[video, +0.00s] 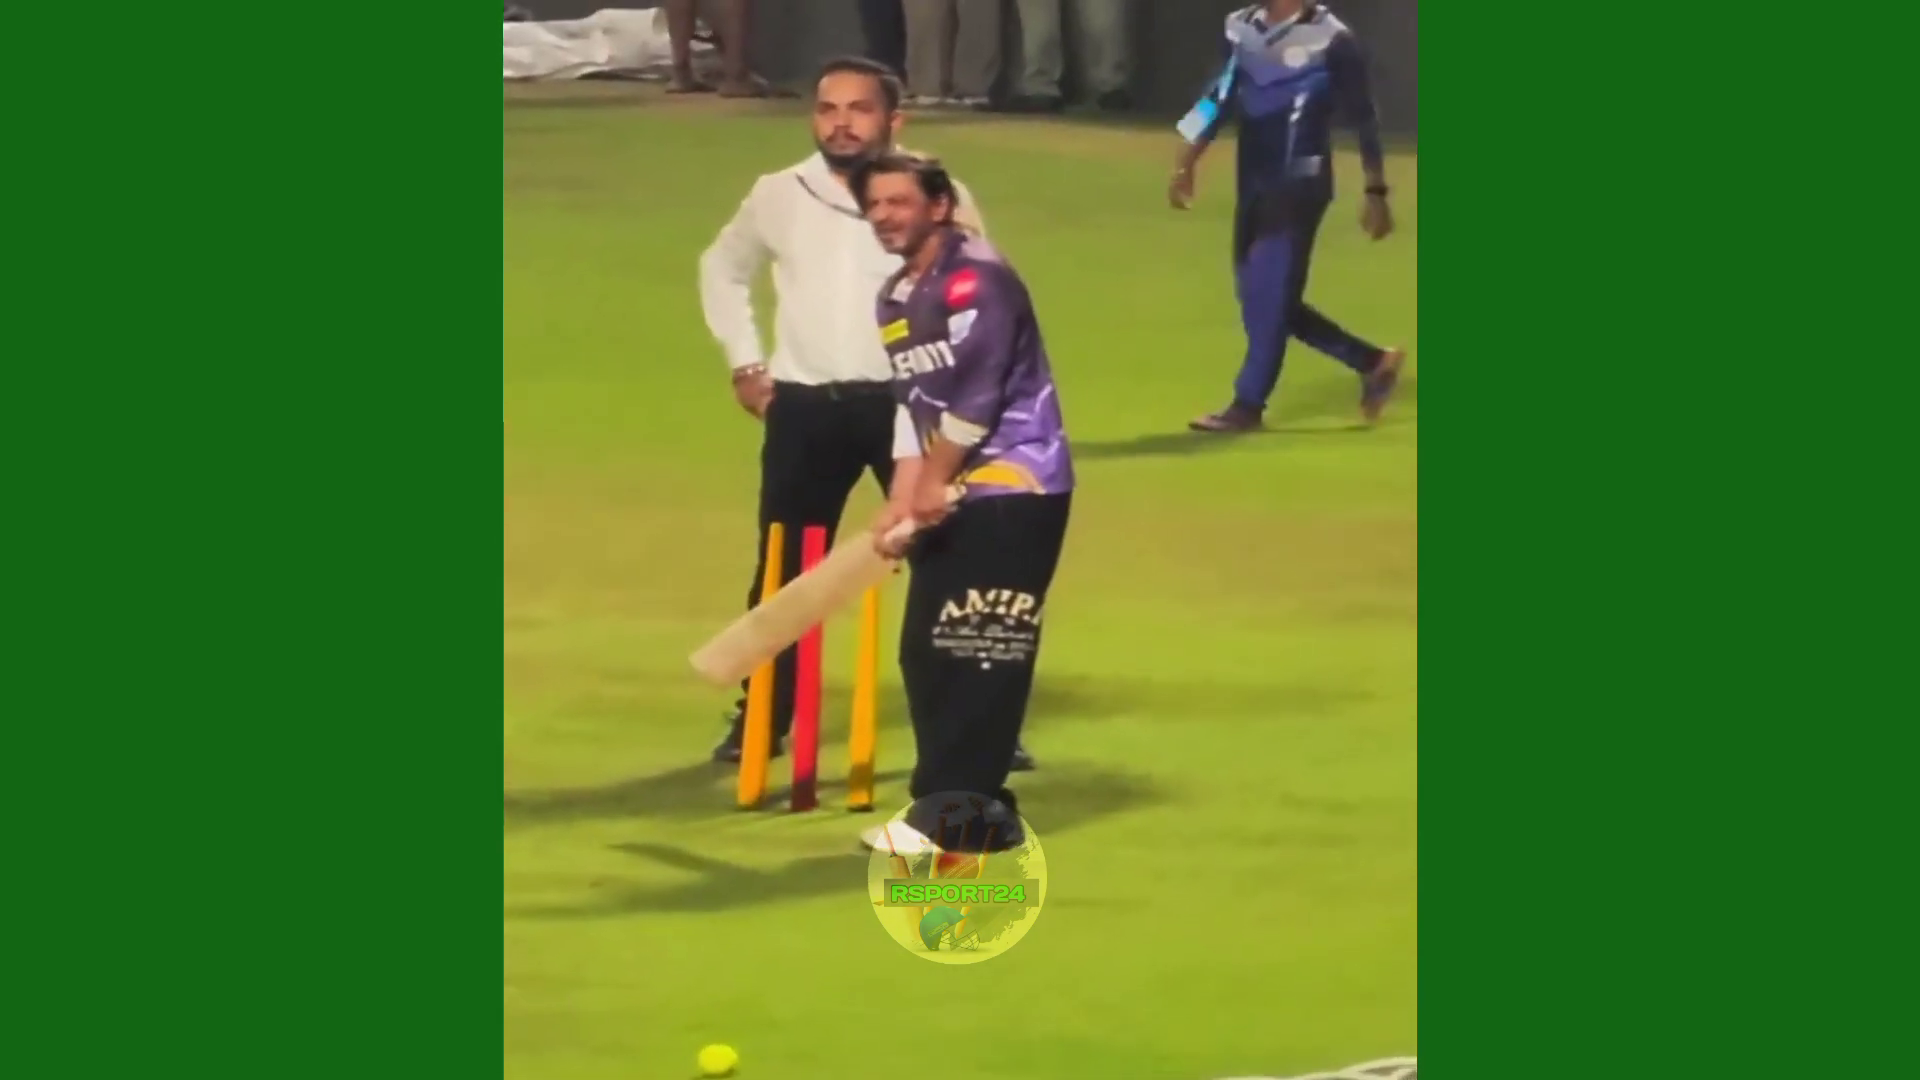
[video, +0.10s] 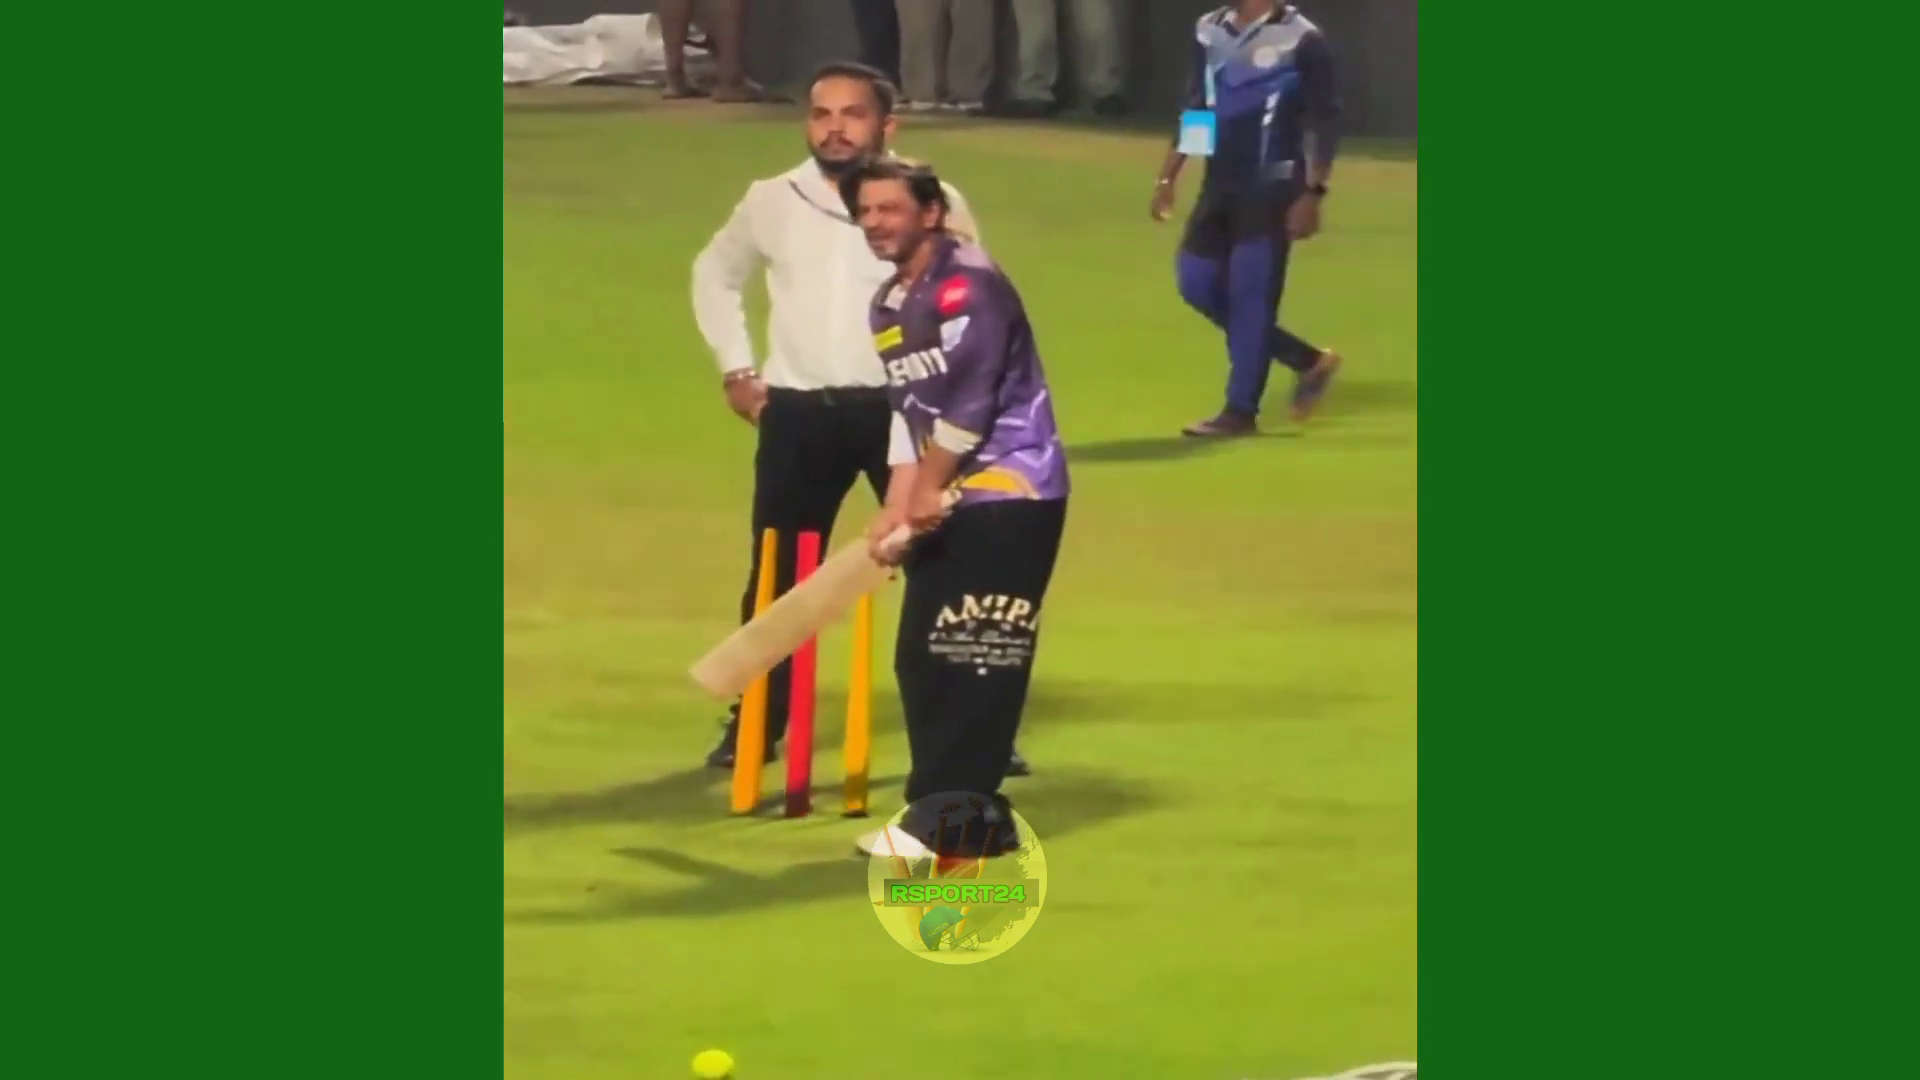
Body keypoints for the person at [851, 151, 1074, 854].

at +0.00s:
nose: (884, 217)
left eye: (899, 204)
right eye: (874, 205)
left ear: (941, 208)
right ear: (867, 213)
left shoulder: (982, 285)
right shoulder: (892, 301)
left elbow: (976, 413)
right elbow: (919, 414)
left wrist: (926, 492)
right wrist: (900, 506)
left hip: (1015, 488)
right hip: (958, 490)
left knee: (982, 647)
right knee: (928, 646)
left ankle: (962, 812)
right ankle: (942, 804)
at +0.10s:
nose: (874, 224)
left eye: (889, 210)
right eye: (865, 211)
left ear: (932, 214)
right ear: (859, 217)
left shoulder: (973, 291)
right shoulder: (886, 308)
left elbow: (971, 415)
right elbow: (914, 419)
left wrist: (922, 496)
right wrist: (899, 510)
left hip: (1011, 494)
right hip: (954, 496)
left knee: (977, 654)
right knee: (922, 652)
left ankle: (957, 817)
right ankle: (933, 810)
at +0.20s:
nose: (870, 229)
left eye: (885, 215)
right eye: (861, 216)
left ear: (927, 217)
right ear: (855, 224)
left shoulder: (973, 298)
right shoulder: (885, 312)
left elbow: (969, 425)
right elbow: (917, 425)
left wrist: (919, 508)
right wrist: (900, 518)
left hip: (1014, 498)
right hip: (956, 500)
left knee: (979, 657)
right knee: (928, 655)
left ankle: (958, 819)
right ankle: (931, 812)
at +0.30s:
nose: (861, 239)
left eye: (875, 225)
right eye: (852, 227)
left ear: (917, 228)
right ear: (845, 234)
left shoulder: (966, 307)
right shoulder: (878, 322)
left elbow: (964, 434)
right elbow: (912, 435)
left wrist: (915, 515)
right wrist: (892, 528)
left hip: (1008, 506)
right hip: (952, 508)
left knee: (973, 667)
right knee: (924, 664)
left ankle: (951, 830)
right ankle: (922, 822)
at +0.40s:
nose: (863, 242)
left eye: (877, 227)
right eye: (854, 230)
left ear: (918, 229)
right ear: (846, 239)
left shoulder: (969, 309)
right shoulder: (881, 324)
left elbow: (969, 434)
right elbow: (916, 435)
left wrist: (922, 516)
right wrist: (897, 529)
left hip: (1013, 508)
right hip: (955, 509)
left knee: (977, 669)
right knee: (930, 667)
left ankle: (953, 830)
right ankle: (928, 822)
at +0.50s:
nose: (859, 248)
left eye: (873, 234)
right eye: (849, 236)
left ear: (913, 236)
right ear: (841, 246)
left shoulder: (965, 317)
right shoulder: (874, 332)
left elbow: (968, 439)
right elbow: (915, 442)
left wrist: (919, 517)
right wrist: (889, 535)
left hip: (1010, 514)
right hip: (950, 517)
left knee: (974, 675)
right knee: (925, 671)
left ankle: (949, 836)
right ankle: (922, 826)